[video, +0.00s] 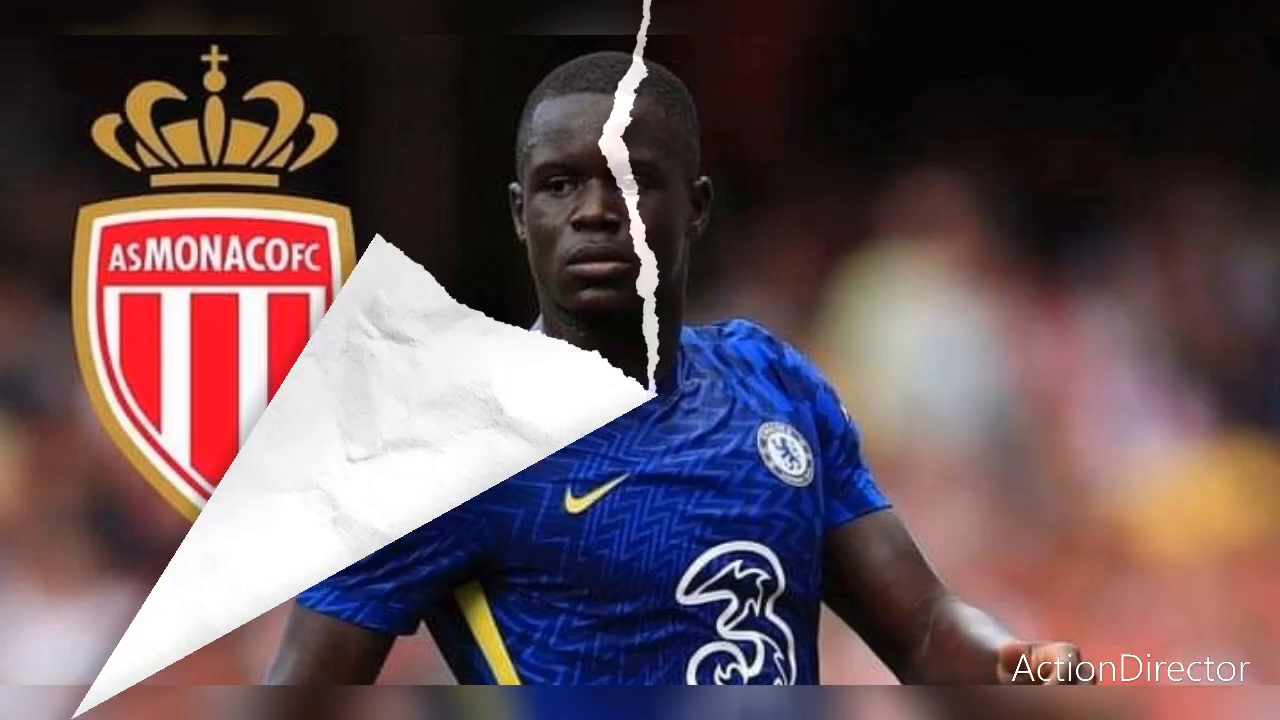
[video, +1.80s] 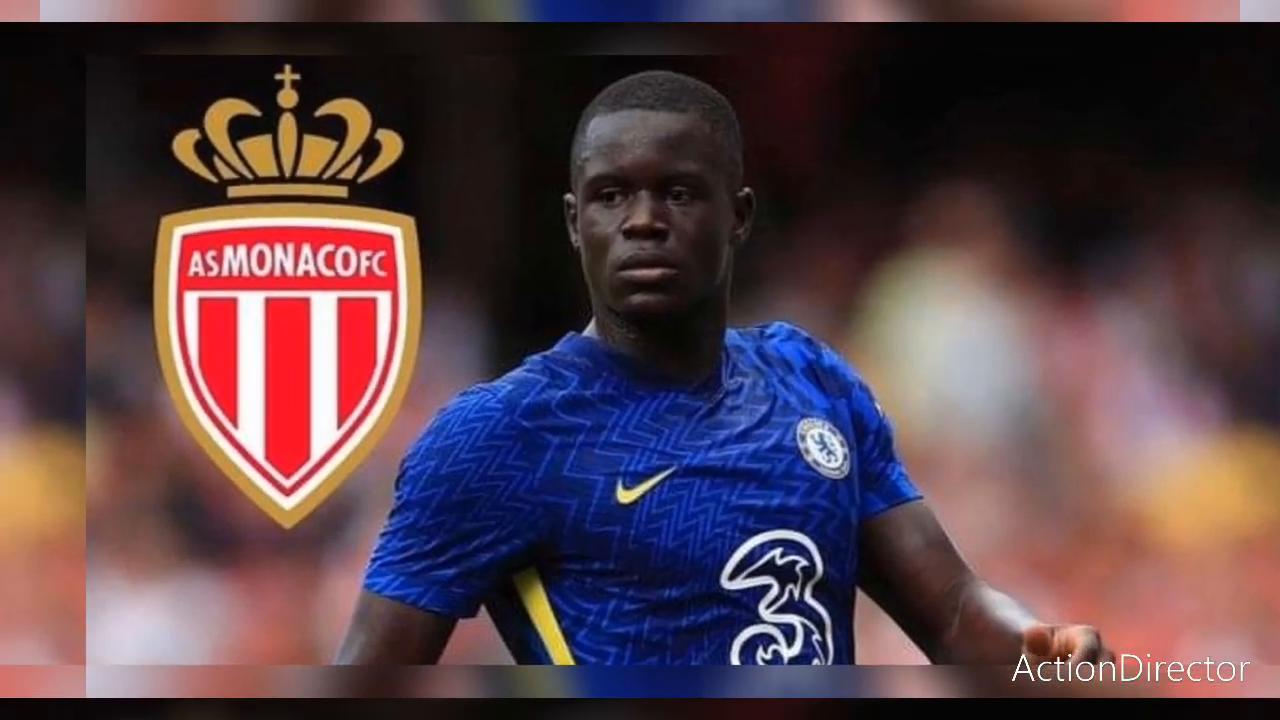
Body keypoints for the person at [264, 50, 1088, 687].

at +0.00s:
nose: (600, 209)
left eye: (636, 177)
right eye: (562, 180)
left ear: (698, 206)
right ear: (520, 213)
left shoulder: (770, 384)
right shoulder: (453, 430)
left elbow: (920, 625)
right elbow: (302, 688)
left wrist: (1021, 673)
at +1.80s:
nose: (644, 218)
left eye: (680, 190)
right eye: (612, 193)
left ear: (739, 219)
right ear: (577, 223)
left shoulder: (807, 382)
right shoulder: (492, 439)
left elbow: (950, 608)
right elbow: (366, 682)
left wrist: (1045, 656)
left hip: (818, 705)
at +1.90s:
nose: (741, 225)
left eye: (774, 197)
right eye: (708, 199)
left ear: (831, 224)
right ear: (674, 228)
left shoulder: (897, 383)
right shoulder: (594, 437)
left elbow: (1032, 597)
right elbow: (474, 663)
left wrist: (1116, 641)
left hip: (906, 683)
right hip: (736, 697)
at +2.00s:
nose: (922, 234)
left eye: (954, 206)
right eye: (893, 209)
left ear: (1010, 232)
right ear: (857, 239)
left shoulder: (1072, 382)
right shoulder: (786, 431)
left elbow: (1204, 586)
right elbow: (668, 655)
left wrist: (1273, 628)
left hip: (1092, 691)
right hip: (904, 690)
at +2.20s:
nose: (676, 248)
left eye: (705, 224)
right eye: (648, 226)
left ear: (753, 245)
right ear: (613, 249)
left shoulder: (806, 381)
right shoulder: (554, 423)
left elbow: (927, 565)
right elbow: (437, 630)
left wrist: (992, 603)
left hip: (820, 696)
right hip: (672, 698)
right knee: (645, 700)